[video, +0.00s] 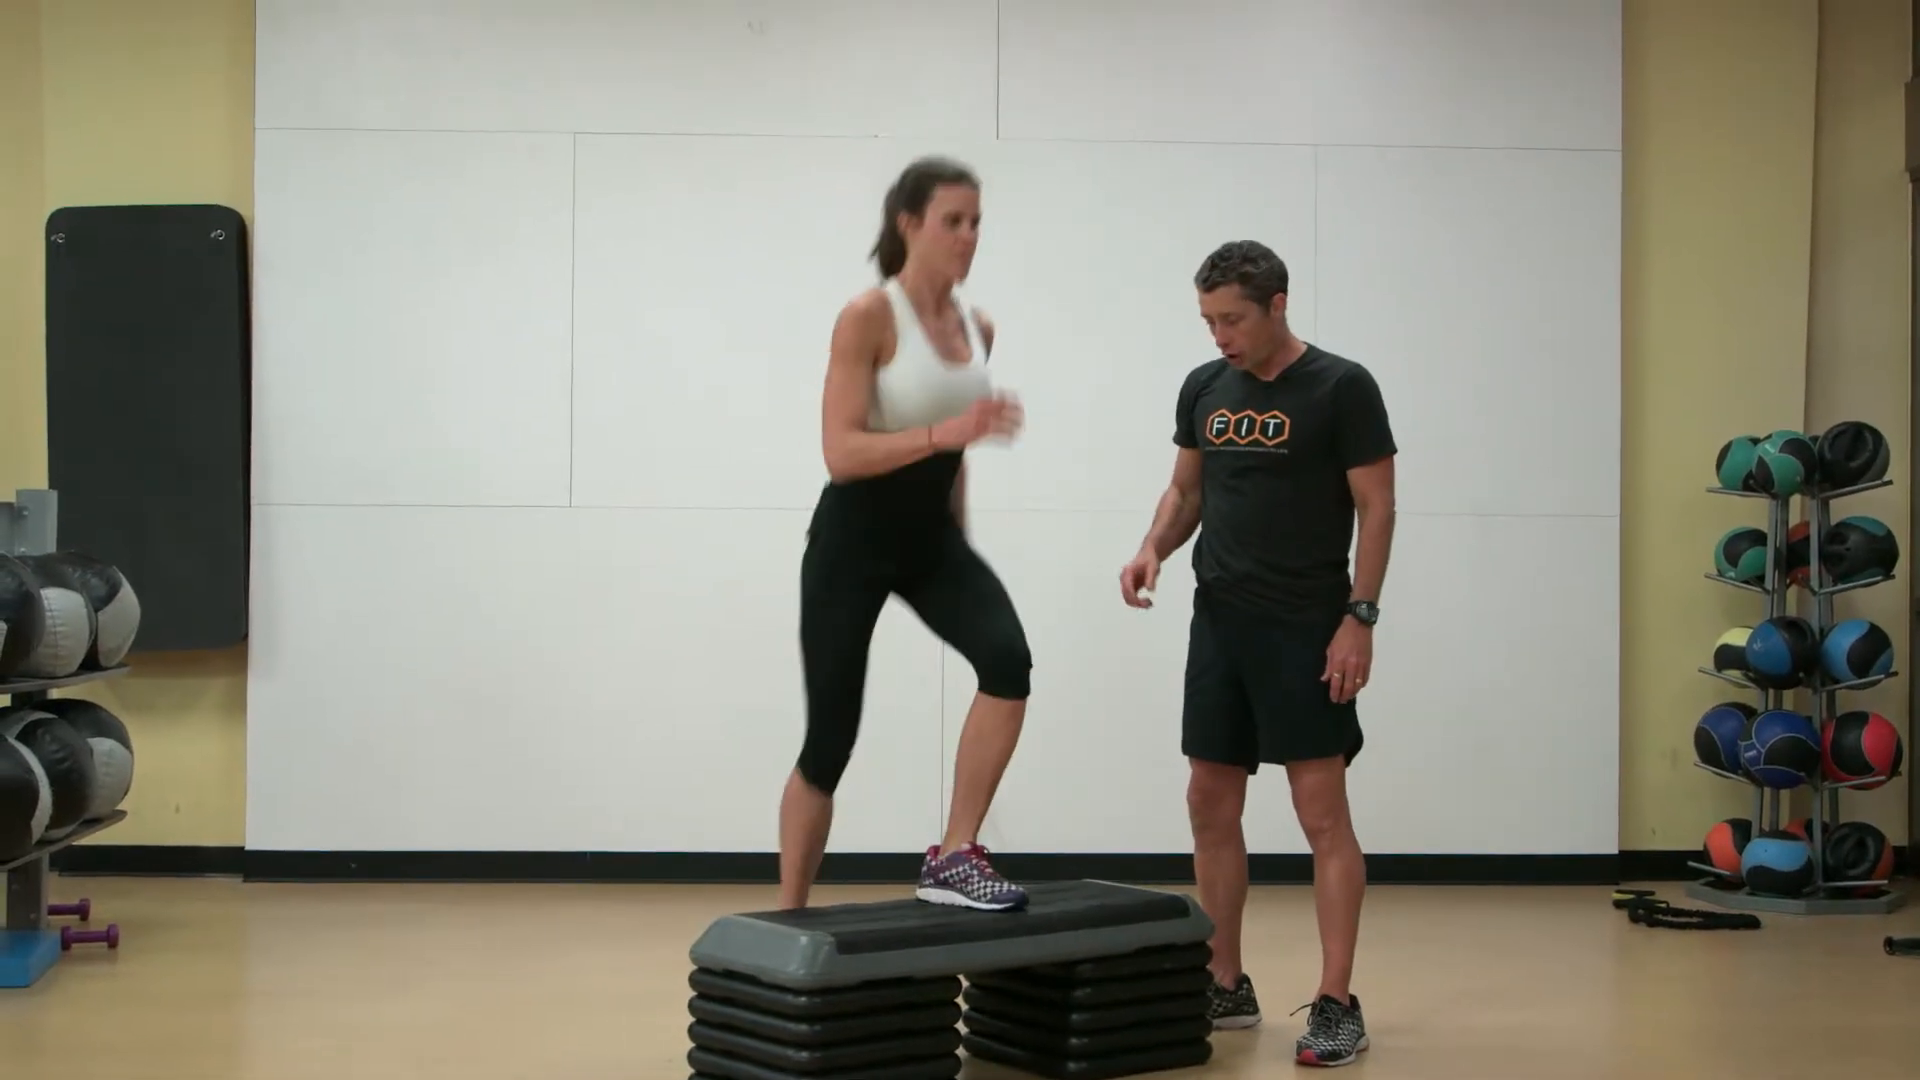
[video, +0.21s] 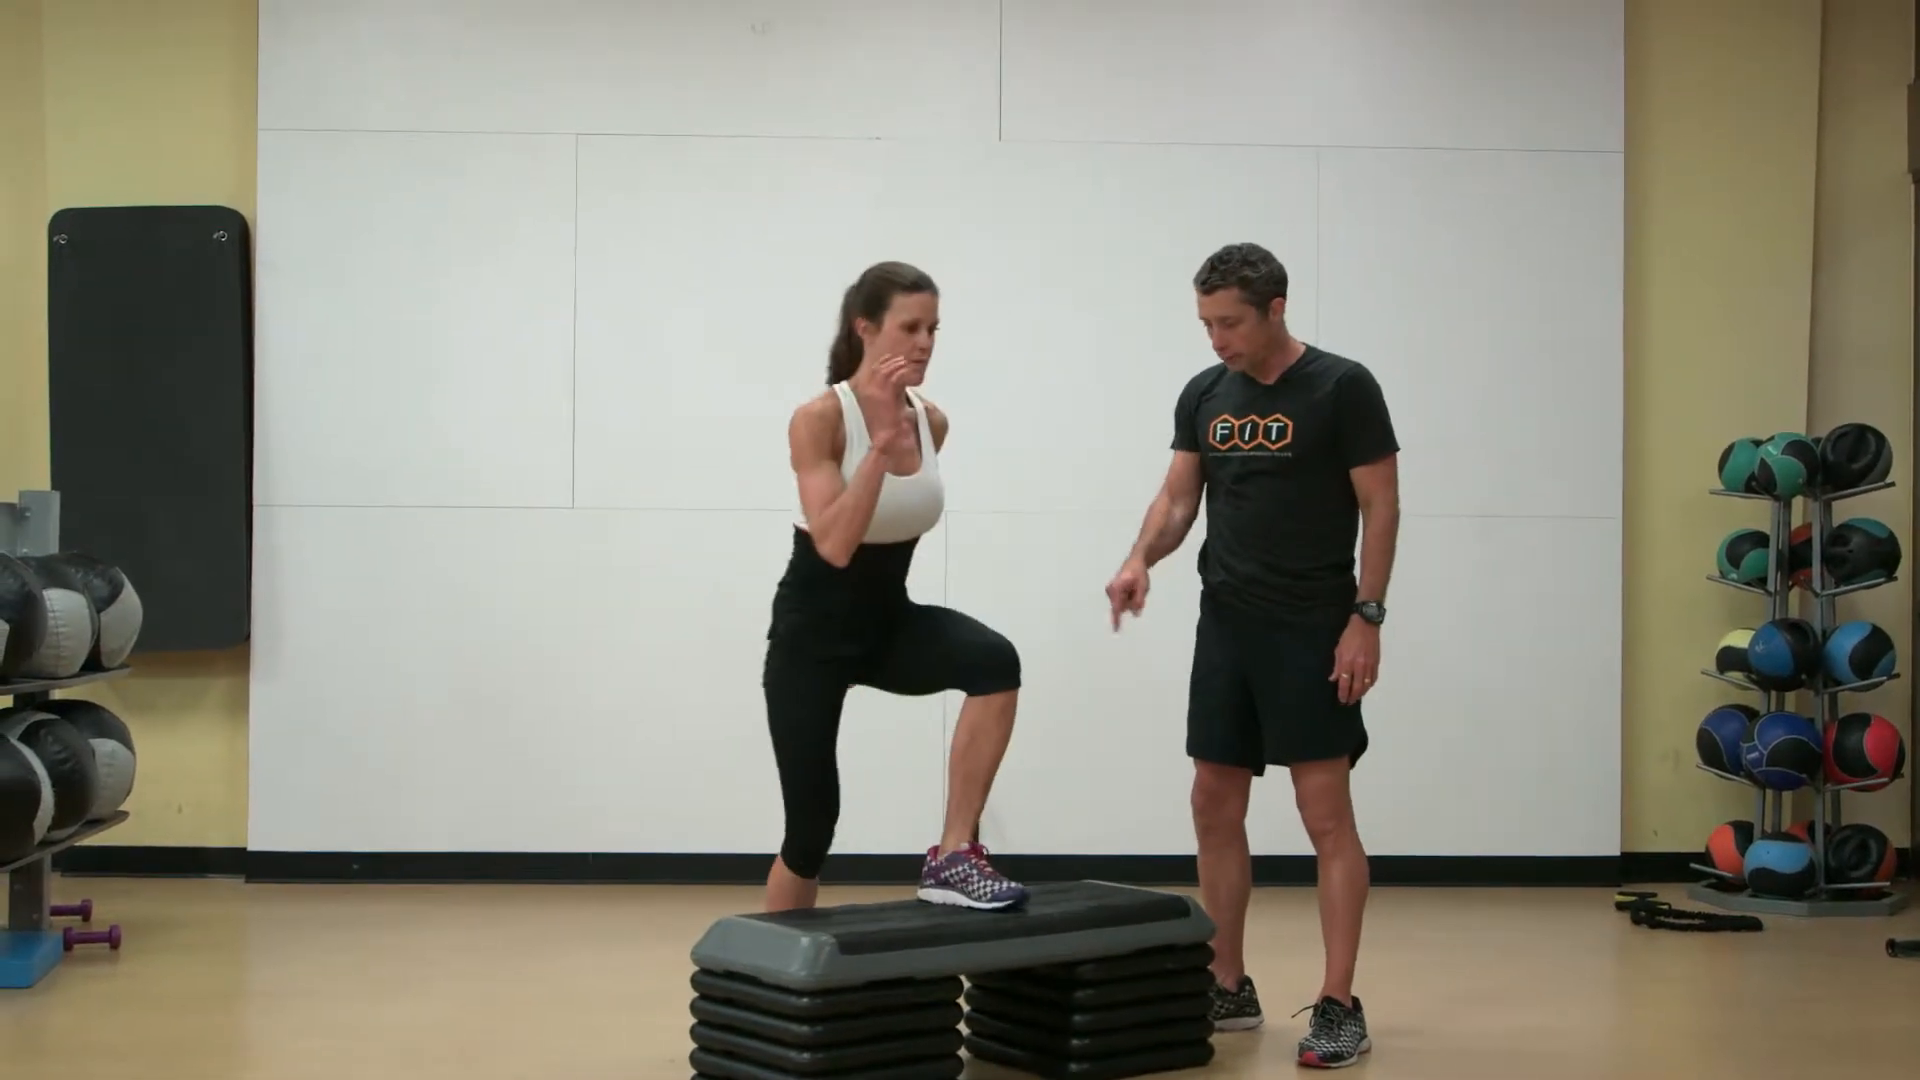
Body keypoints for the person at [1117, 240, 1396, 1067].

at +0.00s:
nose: (1218, 335)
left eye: (1230, 319)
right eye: (1209, 321)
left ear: (1277, 305)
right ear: (1205, 316)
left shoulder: (1342, 388)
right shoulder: (1204, 389)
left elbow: (1377, 508)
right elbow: (1185, 491)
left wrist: (1359, 616)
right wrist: (1152, 548)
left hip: (1308, 629)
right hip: (1221, 625)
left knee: (1323, 814)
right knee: (1210, 802)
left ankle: (1336, 1000)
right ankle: (1224, 983)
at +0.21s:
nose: (1215, 338)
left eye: (1228, 322)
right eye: (1207, 324)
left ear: (1273, 310)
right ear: (1205, 319)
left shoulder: (1343, 389)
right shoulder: (1203, 395)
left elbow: (1381, 510)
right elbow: (1175, 500)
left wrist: (1367, 615)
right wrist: (1141, 556)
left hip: (1313, 629)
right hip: (1226, 625)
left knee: (1326, 813)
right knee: (1214, 804)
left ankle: (1336, 1001)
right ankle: (1227, 984)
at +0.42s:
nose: (1212, 340)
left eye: (1224, 325)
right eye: (1204, 325)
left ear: (1273, 314)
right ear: (1203, 320)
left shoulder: (1344, 386)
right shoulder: (1196, 400)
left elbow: (1390, 501)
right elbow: (1157, 504)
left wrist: (1379, 609)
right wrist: (1099, 526)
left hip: (1327, 629)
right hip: (1237, 629)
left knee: (1335, 815)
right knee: (1219, 803)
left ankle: (1340, 1002)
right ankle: (1230, 987)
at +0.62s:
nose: (1212, 341)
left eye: (1225, 326)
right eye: (1203, 327)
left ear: (1273, 316)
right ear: (1200, 322)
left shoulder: (1345, 386)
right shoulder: (1192, 407)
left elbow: (1396, 499)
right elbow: (1151, 511)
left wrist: (1395, 608)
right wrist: (1095, 539)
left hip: (1342, 630)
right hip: (1251, 632)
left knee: (1346, 821)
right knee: (1219, 805)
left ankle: (1342, 1002)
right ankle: (1231, 987)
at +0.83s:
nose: (1219, 342)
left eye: (1232, 327)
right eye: (1210, 327)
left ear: (1280, 316)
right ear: (1204, 323)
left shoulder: (1352, 387)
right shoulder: (1203, 404)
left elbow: (1400, 502)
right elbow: (1185, 515)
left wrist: (1409, 614)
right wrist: (1158, 578)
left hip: (1345, 630)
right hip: (1252, 632)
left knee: (1348, 820)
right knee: (1219, 808)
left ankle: (1343, 1002)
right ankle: (1232, 985)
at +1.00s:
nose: (1229, 333)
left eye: (1242, 318)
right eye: (1220, 319)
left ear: (1289, 309)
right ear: (1215, 317)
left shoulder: (1359, 387)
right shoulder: (1209, 399)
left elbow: (1404, 503)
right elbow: (1197, 511)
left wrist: (1406, 615)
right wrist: (1178, 591)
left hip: (1344, 633)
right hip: (1252, 634)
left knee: (1346, 819)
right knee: (1220, 808)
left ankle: (1343, 1002)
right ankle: (1232, 986)